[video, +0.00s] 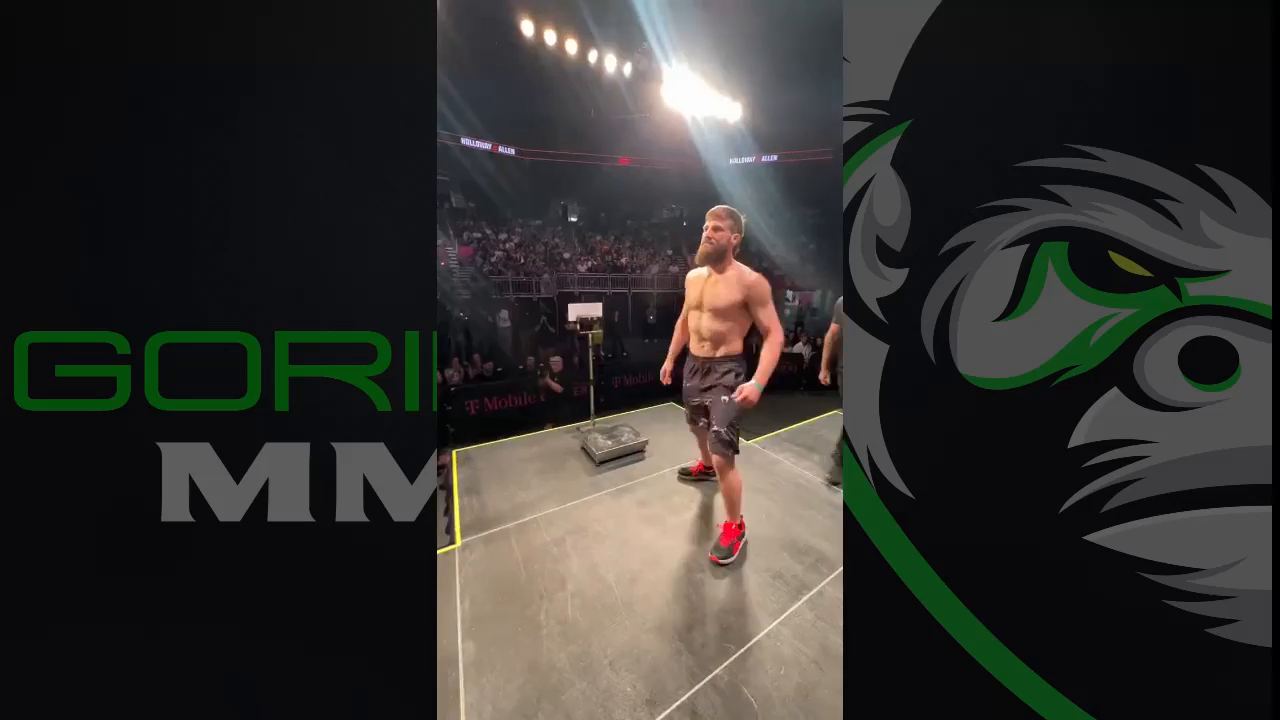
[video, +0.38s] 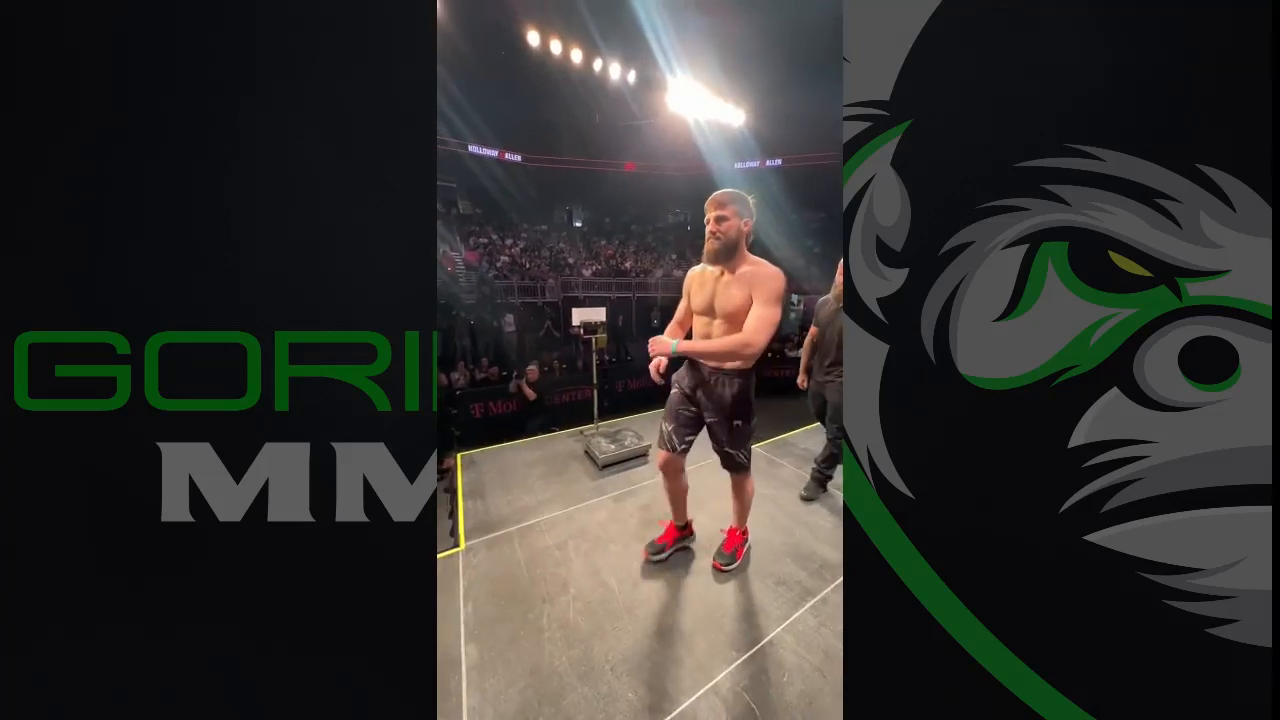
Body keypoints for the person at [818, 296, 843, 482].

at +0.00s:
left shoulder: (844, 303)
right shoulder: (844, 303)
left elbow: (833, 333)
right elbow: (833, 333)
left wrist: (824, 366)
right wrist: (824, 366)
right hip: (848, 374)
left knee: (850, 421)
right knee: (849, 421)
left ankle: (839, 469)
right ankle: (837, 469)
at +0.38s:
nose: (840, 278)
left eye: (844, 274)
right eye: (839, 273)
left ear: (851, 280)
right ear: (835, 275)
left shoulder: (855, 309)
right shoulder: (823, 304)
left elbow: (860, 345)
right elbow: (811, 337)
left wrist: (855, 378)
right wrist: (803, 369)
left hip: (840, 378)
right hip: (817, 375)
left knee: (835, 432)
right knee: (818, 413)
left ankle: (818, 479)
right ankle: (841, 440)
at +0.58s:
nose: (841, 277)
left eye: (845, 273)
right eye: (840, 272)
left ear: (852, 278)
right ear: (835, 274)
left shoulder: (858, 311)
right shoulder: (824, 305)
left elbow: (862, 347)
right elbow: (811, 340)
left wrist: (856, 382)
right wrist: (797, 372)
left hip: (844, 381)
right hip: (818, 375)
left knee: (839, 436)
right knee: (801, 415)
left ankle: (832, 487)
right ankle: (821, 453)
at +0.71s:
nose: (843, 291)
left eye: (847, 287)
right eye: (842, 286)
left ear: (856, 292)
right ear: (839, 288)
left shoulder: (866, 319)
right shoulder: (831, 310)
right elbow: (816, 345)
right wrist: (802, 379)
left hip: (852, 391)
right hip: (826, 384)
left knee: (855, 446)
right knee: (806, 430)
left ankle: (851, 495)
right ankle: (795, 476)